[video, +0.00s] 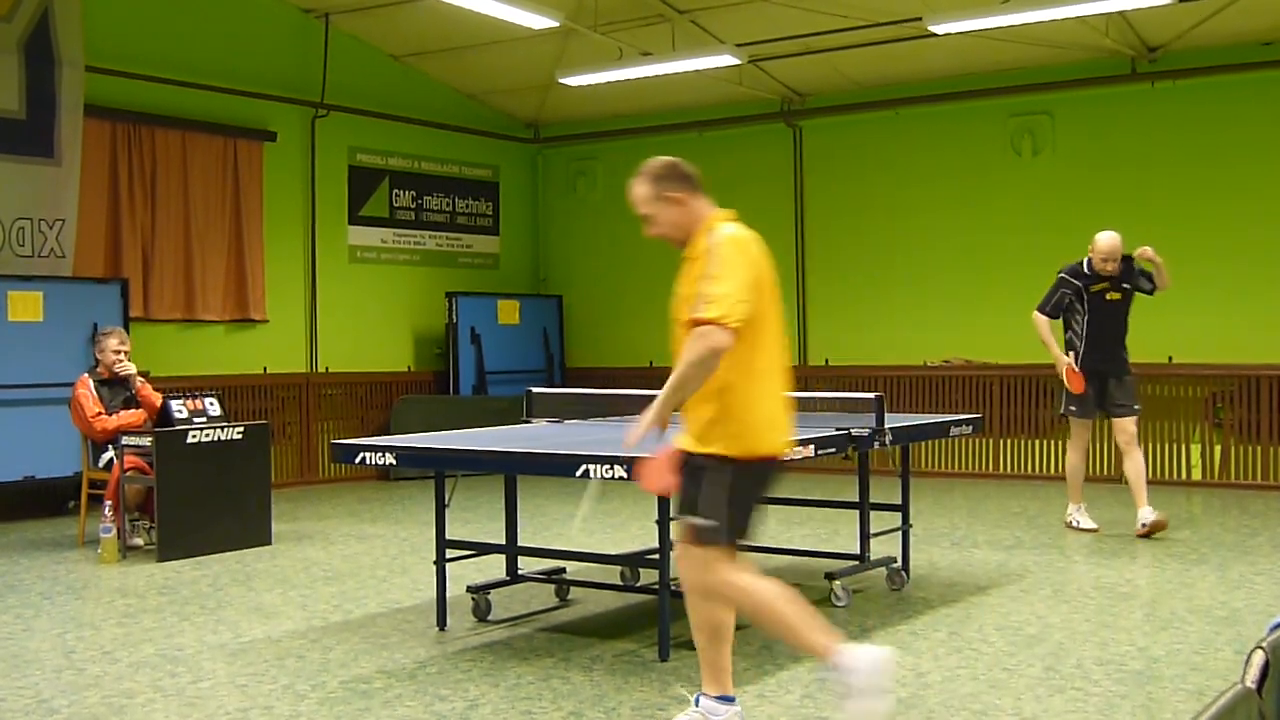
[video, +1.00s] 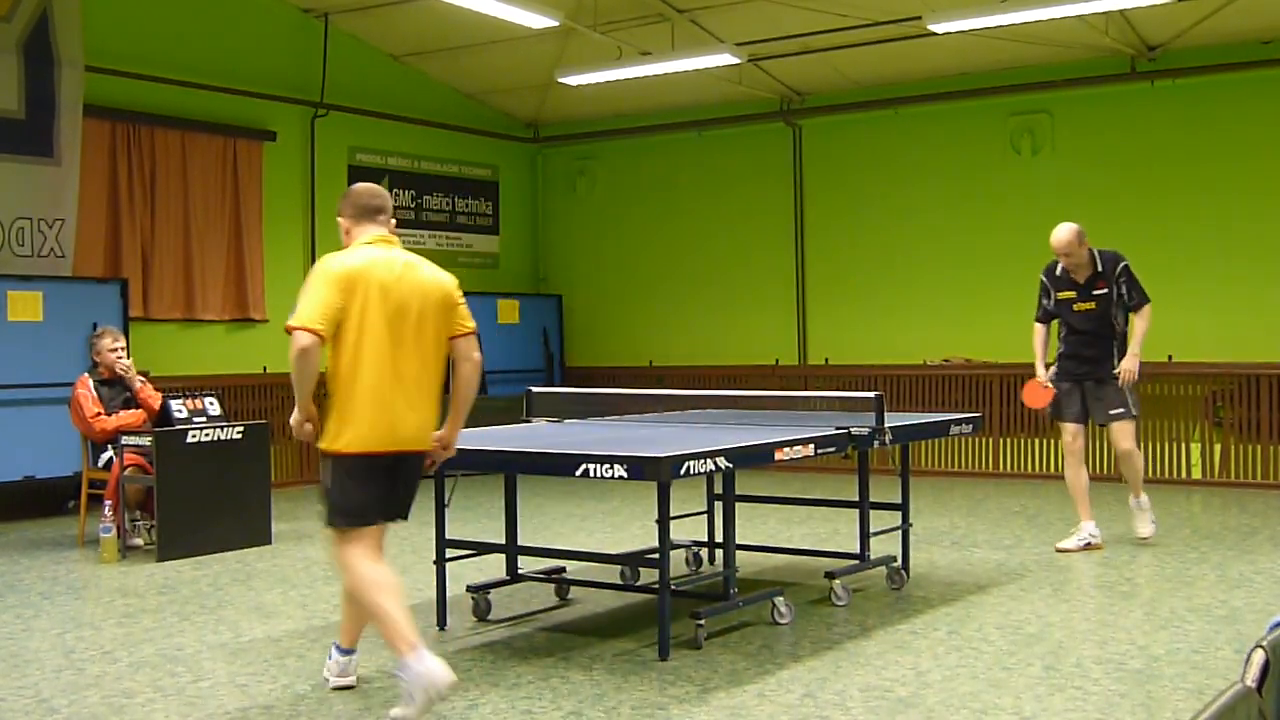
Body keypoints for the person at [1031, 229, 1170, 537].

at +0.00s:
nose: (1109, 267)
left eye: (1115, 261)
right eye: (1103, 262)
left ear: (1122, 257)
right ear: (1090, 254)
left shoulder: (1128, 272)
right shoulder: (1072, 276)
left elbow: (1160, 285)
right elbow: (1040, 316)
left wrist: (1156, 262)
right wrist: (1057, 355)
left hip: (1117, 369)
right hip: (1081, 370)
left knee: (1129, 438)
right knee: (1079, 441)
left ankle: (1144, 513)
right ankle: (1075, 509)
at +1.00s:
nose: (1063, 264)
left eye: (1068, 257)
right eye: (1058, 258)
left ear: (1084, 247)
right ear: (1054, 252)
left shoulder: (1113, 264)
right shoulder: (1051, 275)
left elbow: (1142, 308)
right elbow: (1042, 322)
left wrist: (1133, 353)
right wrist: (1040, 366)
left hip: (1111, 369)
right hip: (1068, 371)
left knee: (1126, 448)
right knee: (1072, 445)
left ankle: (1139, 501)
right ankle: (1087, 526)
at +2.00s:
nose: (981, 256)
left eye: (988, 250)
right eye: (976, 251)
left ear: (1003, 252)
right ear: (971, 255)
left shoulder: (1025, 279)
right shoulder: (973, 283)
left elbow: (1056, 328)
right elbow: (976, 316)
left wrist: (1046, 378)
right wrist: (962, 332)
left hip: (1036, 371)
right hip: (1002, 370)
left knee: (1034, 450)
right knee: (981, 444)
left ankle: (1047, 542)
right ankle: (958, 526)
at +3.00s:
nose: (943, 302)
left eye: (950, 296)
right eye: (940, 296)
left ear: (969, 296)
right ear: (938, 297)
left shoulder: (996, 315)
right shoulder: (941, 319)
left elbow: (1040, 352)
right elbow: (934, 355)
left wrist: (1025, 400)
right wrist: (937, 368)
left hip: (1015, 391)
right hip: (974, 390)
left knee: (1019, 453)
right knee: (930, 450)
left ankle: (1044, 539)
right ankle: (929, 524)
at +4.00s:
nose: (942, 297)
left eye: (949, 290)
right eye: (940, 291)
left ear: (969, 291)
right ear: (939, 292)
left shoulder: (997, 313)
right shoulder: (941, 317)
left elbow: (1036, 353)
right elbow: (935, 352)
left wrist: (1024, 402)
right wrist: (933, 365)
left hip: (1013, 392)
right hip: (973, 391)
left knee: (1019, 453)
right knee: (928, 450)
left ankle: (1044, 539)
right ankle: (929, 523)